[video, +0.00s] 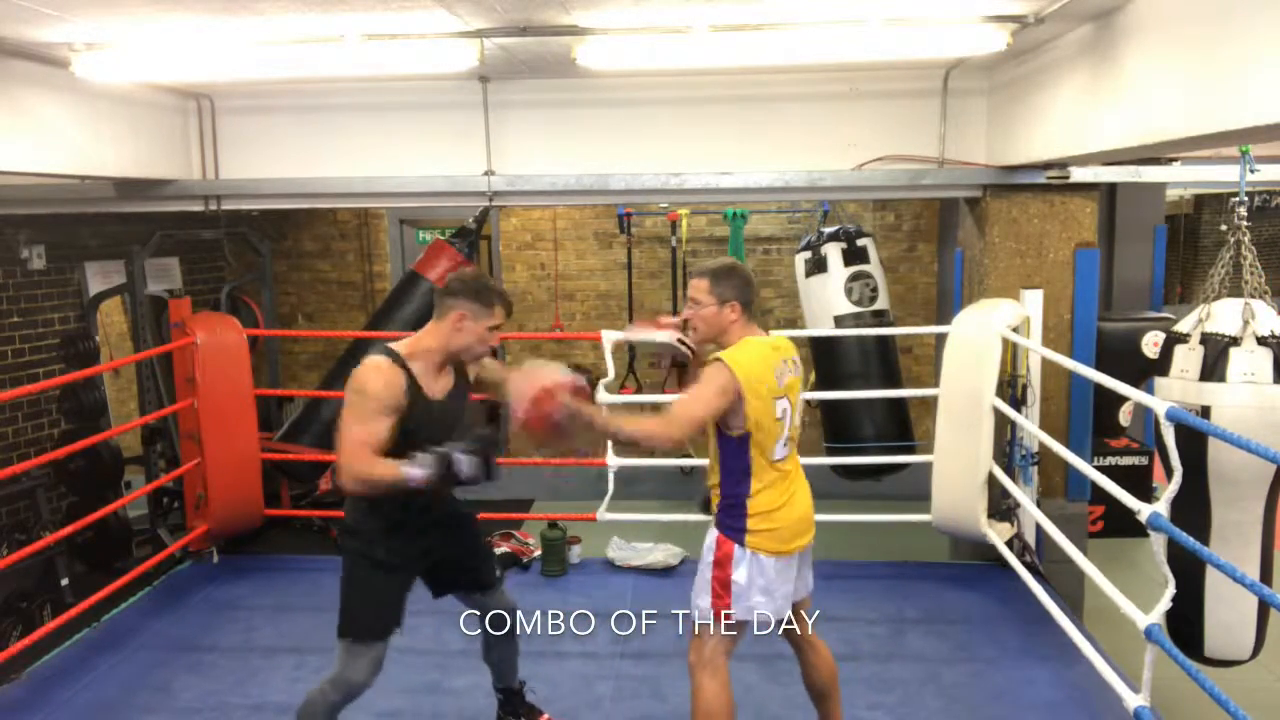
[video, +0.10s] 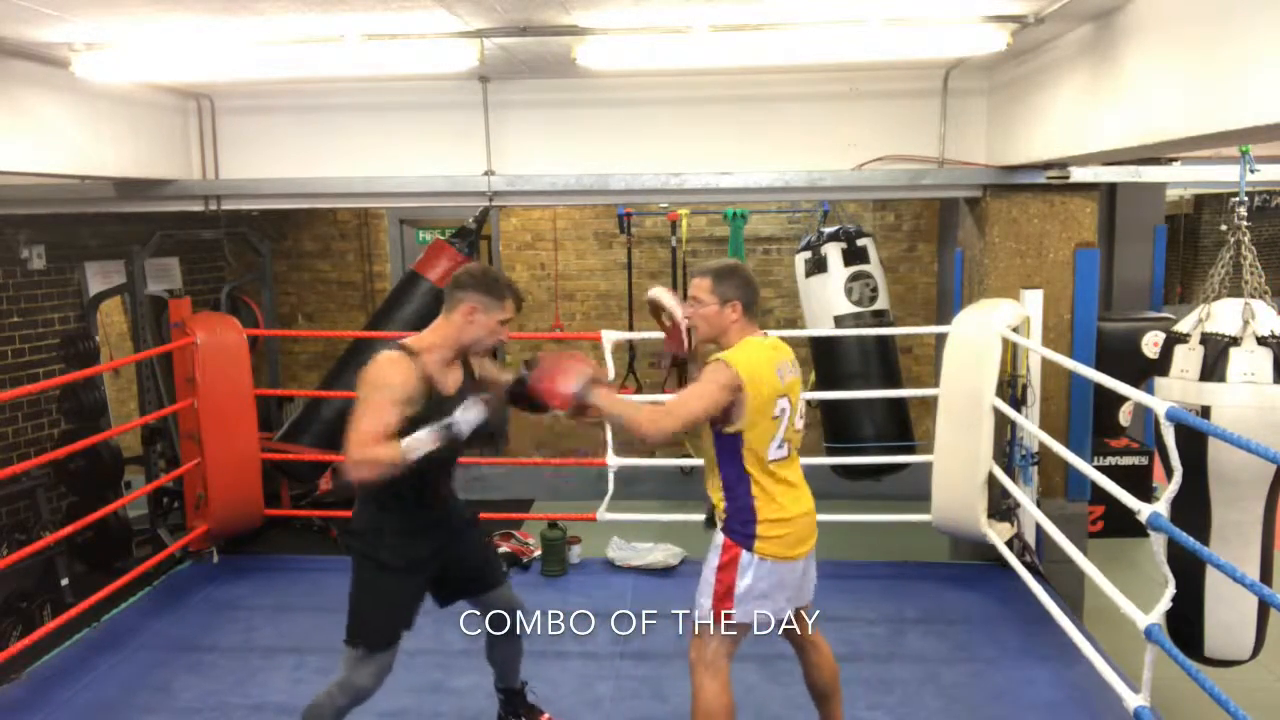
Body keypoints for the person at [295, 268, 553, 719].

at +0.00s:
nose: (496, 341)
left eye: (498, 330)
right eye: (492, 328)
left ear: (458, 322)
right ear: (457, 321)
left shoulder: (464, 363)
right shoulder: (379, 374)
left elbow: (517, 386)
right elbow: (352, 470)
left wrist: (557, 388)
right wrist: (431, 468)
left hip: (439, 517)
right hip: (377, 526)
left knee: (500, 613)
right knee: (357, 671)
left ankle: (511, 705)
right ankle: (310, 716)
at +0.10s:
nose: (506, 336)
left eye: (508, 325)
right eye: (502, 323)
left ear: (467, 314)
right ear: (467, 312)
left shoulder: (467, 363)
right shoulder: (395, 368)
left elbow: (511, 388)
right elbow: (357, 463)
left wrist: (538, 388)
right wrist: (442, 433)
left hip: (443, 518)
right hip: (389, 529)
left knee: (504, 611)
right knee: (362, 677)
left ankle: (513, 704)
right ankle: (313, 717)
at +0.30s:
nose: (551, 363)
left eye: (553, 348)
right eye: (544, 347)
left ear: (506, 335)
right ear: (514, 337)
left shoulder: (459, 361)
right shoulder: (489, 380)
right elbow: (533, 467)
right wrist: (597, 437)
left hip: (455, 532)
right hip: (415, 544)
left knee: (519, 608)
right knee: (405, 694)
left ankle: (514, 702)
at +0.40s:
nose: (578, 399)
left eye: (583, 389)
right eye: (577, 387)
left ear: (547, 373)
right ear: (548, 373)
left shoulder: (512, 406)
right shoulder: (487, 413)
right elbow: (470, 508)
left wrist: (550, 461)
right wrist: (539, 493)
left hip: (463, 543)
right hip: (417, 554)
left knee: (532, 613)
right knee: (440, 693)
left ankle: (515, 701)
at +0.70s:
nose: (562, 363)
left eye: (565, 352)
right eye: (559, 350)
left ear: (524, 345)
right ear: (527, 347)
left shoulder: (471, 378)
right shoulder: (495, 409)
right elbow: (521, 497)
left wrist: (573, 418)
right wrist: (571, 462)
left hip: (474, 557)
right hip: (451, 574)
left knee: (561, 615)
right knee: (493, 702)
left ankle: (544, 706)